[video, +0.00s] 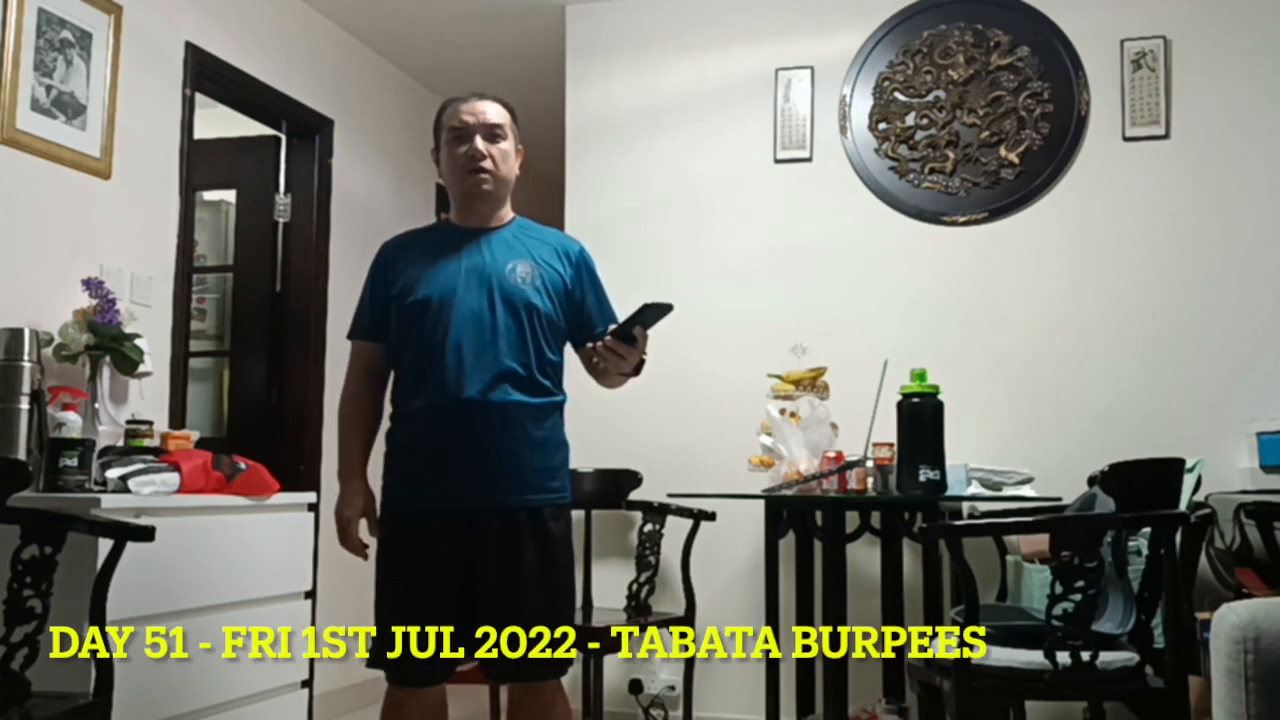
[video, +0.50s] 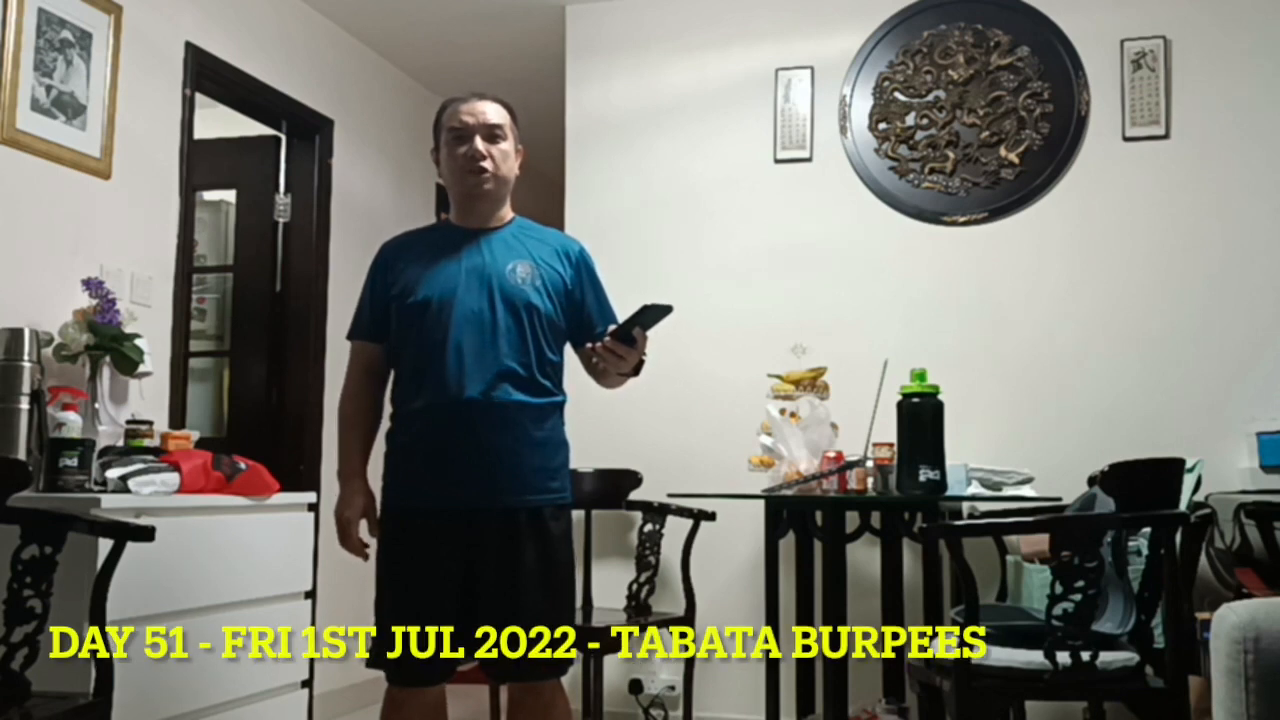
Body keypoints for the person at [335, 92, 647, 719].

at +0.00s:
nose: (477, 146)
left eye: (493, 134)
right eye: (460, 137)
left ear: (519, 159)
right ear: (438, 161)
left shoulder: (563, 253)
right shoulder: (400, 256)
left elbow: (603, 363)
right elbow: (365, 376)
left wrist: (622, 362)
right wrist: (352, 477)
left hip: (528, 497)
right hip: (421, 497)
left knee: (536, 680)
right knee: (413, 681)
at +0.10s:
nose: (477, 145)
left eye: (493, 134)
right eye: (460, 137)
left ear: (519, 159)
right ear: (438, 161)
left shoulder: (563, 253)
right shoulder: (400, 256)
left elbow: (603, 363)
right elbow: (365, 376)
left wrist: (622, 362)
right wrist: (352, 477)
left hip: (528, 496)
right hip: (422, 496)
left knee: (536, 680)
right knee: (413, 681)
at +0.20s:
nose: (477, 146)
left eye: (493, 135)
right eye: (460, 137)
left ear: (519, 159)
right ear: (437, 161)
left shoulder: (563, 254)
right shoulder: (400, 256)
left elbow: (603, 363)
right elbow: (365, 376)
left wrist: (622, 362)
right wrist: (352, 477)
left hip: (528, 497)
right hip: (422, 497)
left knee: (536, 680)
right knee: (413, 681)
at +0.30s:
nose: (477, 145)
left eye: (493, 134)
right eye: (460, 137)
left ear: (519, 159)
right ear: (438, 161)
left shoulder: (563, 254)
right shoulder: (400, 256)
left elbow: (603, 364)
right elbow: (365, 376)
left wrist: (622, 362)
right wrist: (352, 478)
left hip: (528, 497)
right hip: (422, 497)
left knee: (536, 680)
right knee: (413, 681)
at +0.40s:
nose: (477, 146)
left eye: (493, 135)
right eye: (460, 137)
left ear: (519, 159)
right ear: (437, 161)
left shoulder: (563, 254)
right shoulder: (400, 256)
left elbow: (603, 362)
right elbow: (365, 376)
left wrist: (622, 362)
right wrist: (352, 478)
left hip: (528, 497)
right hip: (422, 497)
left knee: (536, 680)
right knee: (413, 680)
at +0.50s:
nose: (477, 146)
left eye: (493, 135)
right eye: (460, 137)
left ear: (519, 159)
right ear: (438, 161)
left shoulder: (562, 254)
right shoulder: (400, 257)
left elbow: (602, 362)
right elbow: (365, 376)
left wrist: (622, 362)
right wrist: (352, 477)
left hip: (529, 497)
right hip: (422, 496)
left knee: (536, 680)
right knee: (413, 680)